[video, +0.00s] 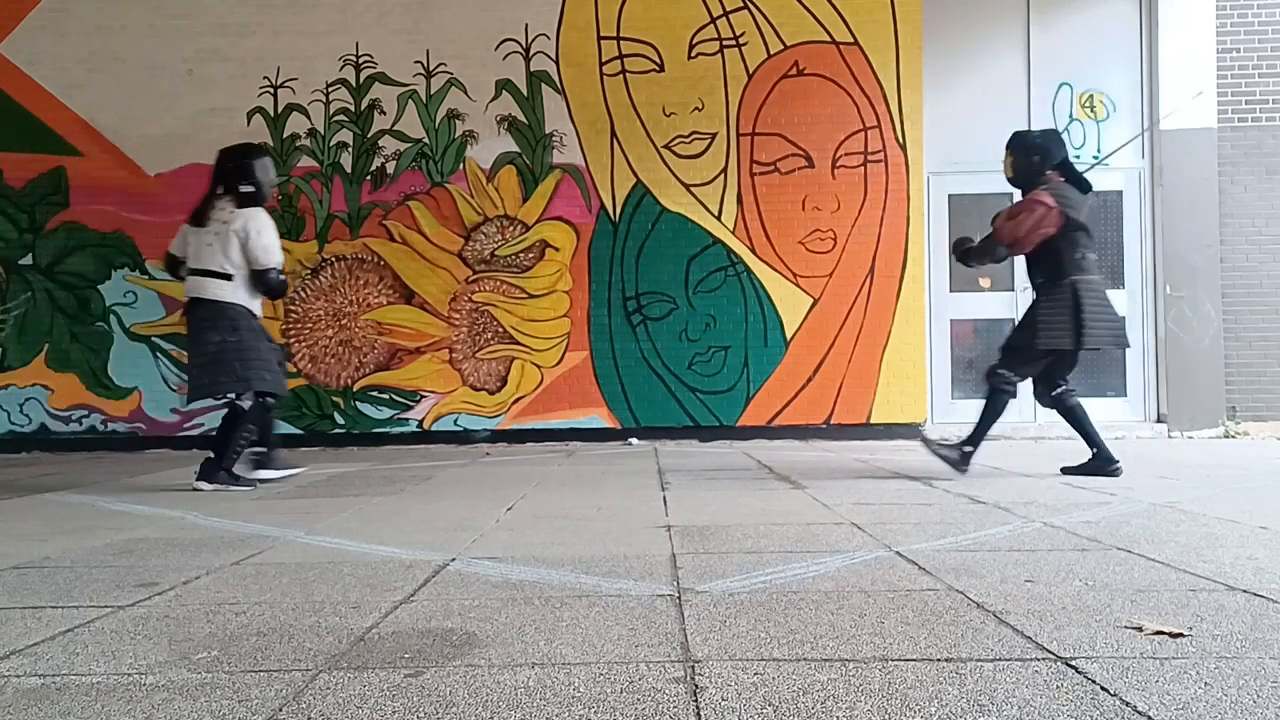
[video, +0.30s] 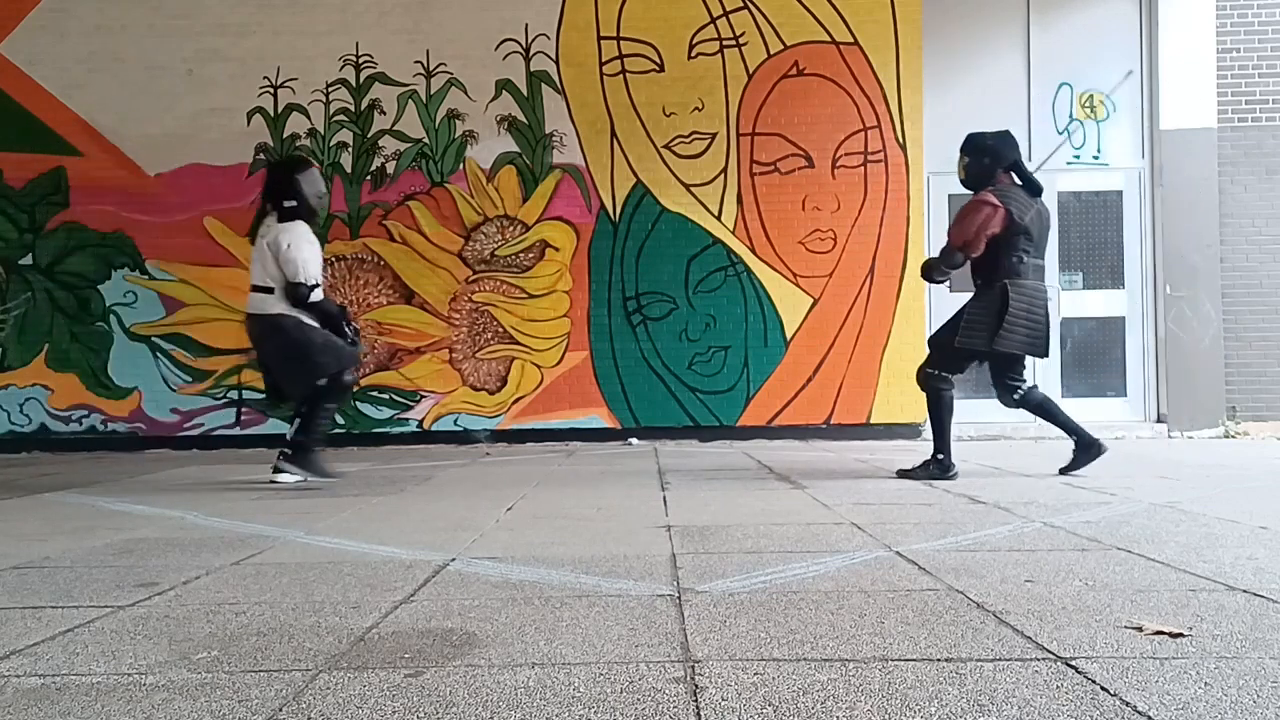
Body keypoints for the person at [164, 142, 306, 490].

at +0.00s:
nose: (273, 185)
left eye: (272, 177)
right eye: (268, 177)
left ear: (225, 177)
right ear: (253, 178)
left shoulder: (204, 212)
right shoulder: (255, 218)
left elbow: (173, 264)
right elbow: (268, 282)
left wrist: (209, 277)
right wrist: (282, 283)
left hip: (199, 312)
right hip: (232, 315)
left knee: (265, 376)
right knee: (255, 392)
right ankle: (218, 468)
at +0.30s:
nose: (323, 193)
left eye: (321, 186)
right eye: (315, 188)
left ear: (284, 193)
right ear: (295, 192)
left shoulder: (271, 226)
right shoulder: (297, 233)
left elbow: (288, 289)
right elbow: (303, 294)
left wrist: (328, 312)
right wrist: (337, 316)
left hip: (262, 320)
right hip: (283, 323)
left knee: (321, 381)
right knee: (341, 367)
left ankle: (295, 458)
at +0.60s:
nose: (382, 195)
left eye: (380, 187)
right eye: (374, 188)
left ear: (345, 195)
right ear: (356, 193)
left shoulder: (332, 228)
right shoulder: (351, 231)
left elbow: (344, 292)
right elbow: (354, 293)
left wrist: (391, 312)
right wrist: (402, 317)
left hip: (320, 327)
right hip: (340, 329)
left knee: (339, 400)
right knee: (402, 378)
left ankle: (291, 463)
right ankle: (414, 466)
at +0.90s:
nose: (421, 176)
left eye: (419, 168)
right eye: (415, 168)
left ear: (372, 175)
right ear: (401, 175)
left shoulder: (354, 214)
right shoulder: (400, 217)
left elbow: (365, 278)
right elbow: (414, 283)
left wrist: (424, 311)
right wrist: (446, 323)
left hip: (345, 318)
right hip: (383, 318)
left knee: (356, 395)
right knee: (441, 381)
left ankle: (319, 463)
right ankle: (419, 467)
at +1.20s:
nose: (428, 176)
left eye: (426, 168)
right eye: (422, 168)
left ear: (378, 174)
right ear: (408, 175)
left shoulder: (358, 213)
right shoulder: (409, 216)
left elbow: (355, 273)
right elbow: (417, 284)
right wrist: (447, 322)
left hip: (346, 311)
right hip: (388, 313)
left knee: (356, 395)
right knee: (459, 365)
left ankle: (335, 467)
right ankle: (451, 455)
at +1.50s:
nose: (458, 176)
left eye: (456, 169)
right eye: (453, 169)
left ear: (408, 175)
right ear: (440, 175)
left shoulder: (388, 216)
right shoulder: (444, 217)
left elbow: (384, 275)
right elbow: (457, 286)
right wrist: (478, 329)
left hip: (387, 313)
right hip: (428, 314)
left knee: (378, 396)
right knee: (496, 374)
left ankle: (339, 467)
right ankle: (497, 465)